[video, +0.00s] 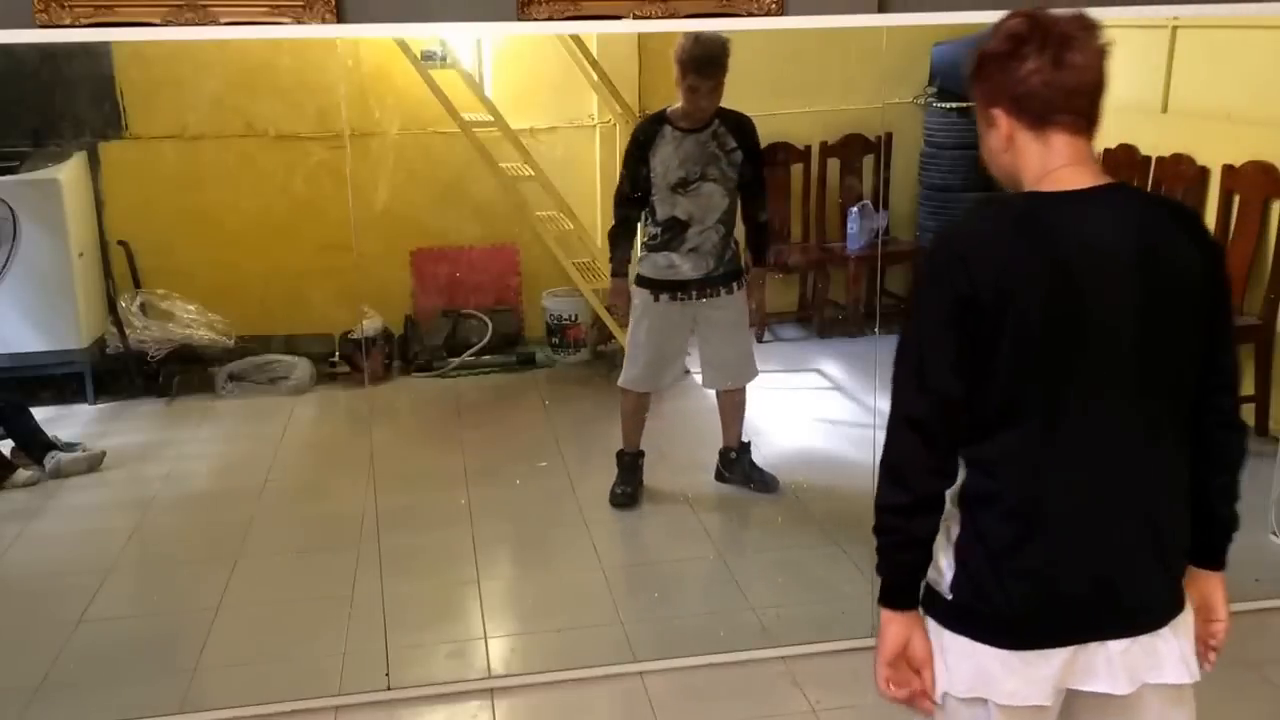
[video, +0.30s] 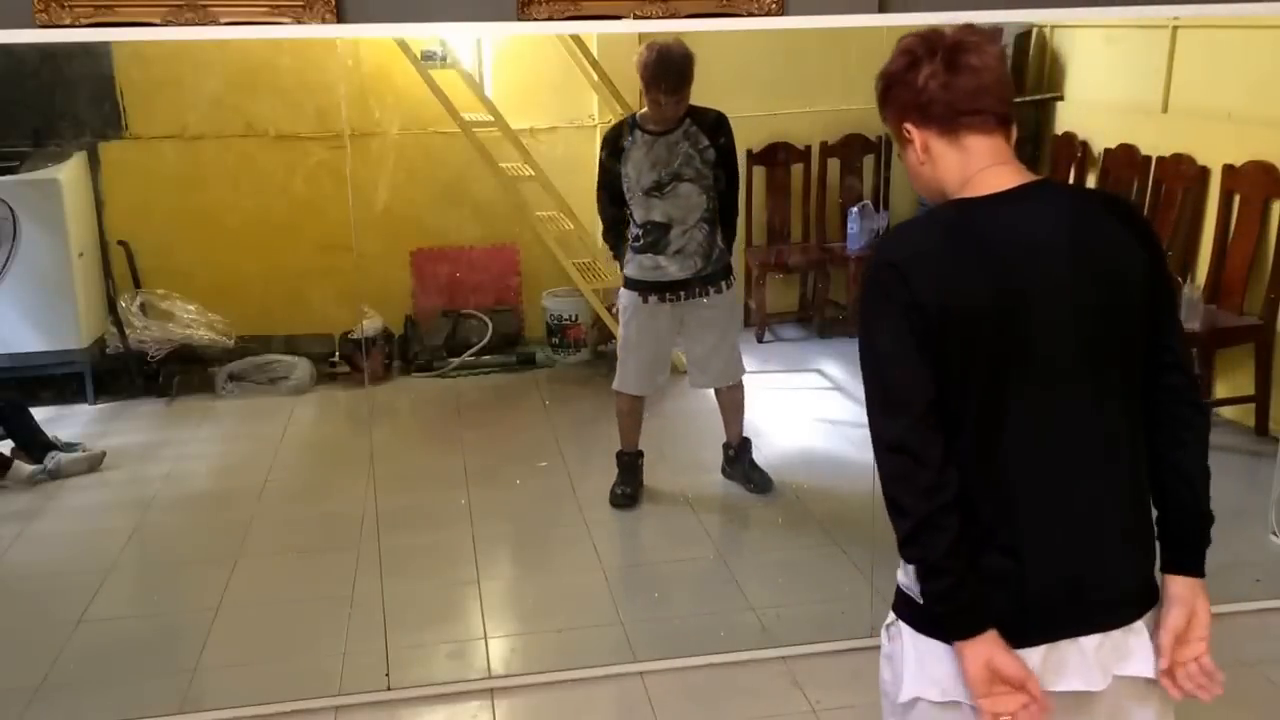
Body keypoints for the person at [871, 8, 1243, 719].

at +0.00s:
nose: (980, 144)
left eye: (979, 125)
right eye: (980, 125)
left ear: (999, 122)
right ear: (1089, 111)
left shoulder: (970, 252)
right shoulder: (1181, 238)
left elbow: (918, 442)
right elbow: (1218, 419)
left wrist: (899, 602)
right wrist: (1206, 562)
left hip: (1003, 611)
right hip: (1147, 604)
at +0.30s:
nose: (907, 165)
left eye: (900, 147)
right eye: (903, 148)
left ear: (915, 139)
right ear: (1007, 121)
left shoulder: (905, 262)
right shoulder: (1120, 227)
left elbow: (910, 462)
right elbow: (1177, 405)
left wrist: (970, 630)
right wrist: (1184, 570)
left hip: (968, 635)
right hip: (1119, 619)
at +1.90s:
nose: (984, 169)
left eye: (979, 148)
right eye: (981, 149)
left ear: (997, 139)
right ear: (1090, 122)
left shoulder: (968, 261)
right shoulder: (1192, 245)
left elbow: (916, 462)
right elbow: (1180, 421)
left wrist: (982, 526)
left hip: (984, 619)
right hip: (1138, 620)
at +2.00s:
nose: (981, 162)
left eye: (976, 142)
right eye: (978, 143)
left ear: (995, 135)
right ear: (1092, 121)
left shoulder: (965, 266)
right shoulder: (1191, 246)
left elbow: (917, 464)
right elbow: (1178, 422)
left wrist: (978, 525)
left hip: (984, 619)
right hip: (1139, 619)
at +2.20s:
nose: (973, 136)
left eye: (970, 120)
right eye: (973, 118)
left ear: (989, 123)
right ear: (1089, 108)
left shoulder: (959, 263)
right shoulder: (1182, 244)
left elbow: (920, 467)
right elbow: (1176, 423)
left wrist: (984, 535)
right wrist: (1110, 514)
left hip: (984, 623)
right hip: (1138, 620)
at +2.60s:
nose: (994, 127)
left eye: (993, 108)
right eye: (993, 108)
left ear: (1012, 116)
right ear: (1110, 112)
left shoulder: (962, 263)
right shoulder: (1188, 246)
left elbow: (917, 459)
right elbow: (1177, 424)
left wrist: (982, 537)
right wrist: (1114, 519)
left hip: (985, 622)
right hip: (1139, 619)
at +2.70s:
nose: (993, 127)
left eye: (992, 109)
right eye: (992, 109)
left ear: (1011, 117)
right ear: (1109, 112)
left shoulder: (960, 262)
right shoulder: (1188, 245)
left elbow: (917, 459)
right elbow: (1178, 423)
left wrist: (983, 538)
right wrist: (1113, 517)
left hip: (985, 621)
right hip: (1140, 617)